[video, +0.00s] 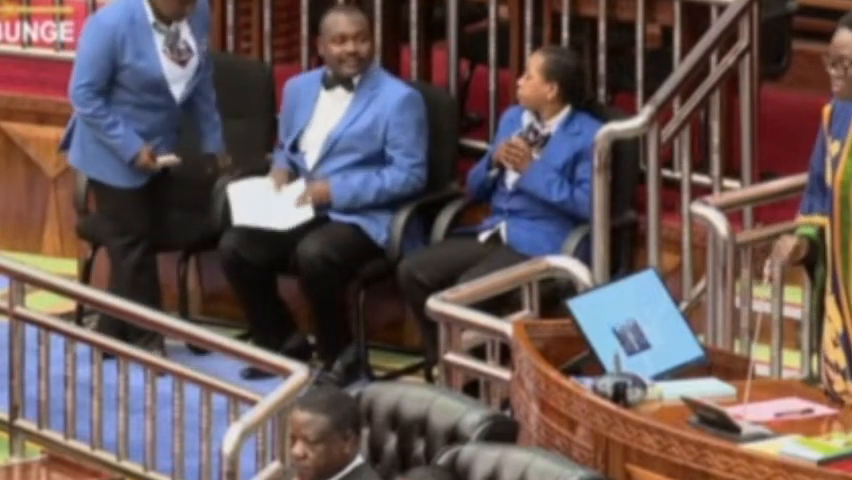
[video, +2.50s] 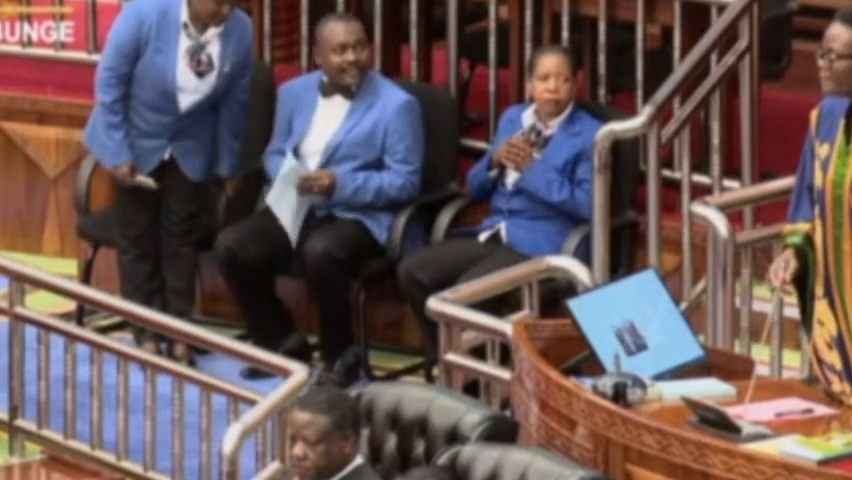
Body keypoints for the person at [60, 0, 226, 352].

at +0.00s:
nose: (185, 12)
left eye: (189, 7)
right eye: (179, 7)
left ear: (193, 3)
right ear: (158, 0)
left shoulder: (198, 15)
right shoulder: (111, 23)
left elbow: (202, 82)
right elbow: (84, 96)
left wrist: (214, 144)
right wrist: (133, 148)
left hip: (162, 150)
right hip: (112, 149)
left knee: (141, 244)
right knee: (134, 245)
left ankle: (112, 331)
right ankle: (147, 336)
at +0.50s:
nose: (202, 44)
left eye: (209, 36)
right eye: (195, 36)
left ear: (219, 23)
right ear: (172, 23)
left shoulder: (223, 41)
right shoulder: (123, 37)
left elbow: (224, 106)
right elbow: (89, 102)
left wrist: (224, 169)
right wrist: (121, 163)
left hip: (175, 147)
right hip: (118, 149)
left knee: (170, 241)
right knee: (124, 245)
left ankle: (175, 334)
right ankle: (142, 334)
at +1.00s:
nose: (205, 53)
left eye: (212, 44)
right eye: (196, 46)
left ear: (220, 33)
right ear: (173, 34)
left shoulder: (230, 46)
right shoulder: (127, 46)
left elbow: (233, 110)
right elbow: (99, 112)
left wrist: (227, 168)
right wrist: (130, 171)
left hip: (193, 154)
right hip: (138, 154)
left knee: (181, 243)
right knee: (138, 244)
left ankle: (178, 333)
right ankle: (145, 334)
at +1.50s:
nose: (210, 38)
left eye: (214, 29)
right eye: (202, 31)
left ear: (221, 19)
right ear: (175, 18)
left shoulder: (235, 38)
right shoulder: (130, 32)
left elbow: (238, 109)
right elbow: (104, 101)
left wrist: (231, 169)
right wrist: (125, 162)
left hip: (201, 144)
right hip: (146, 143)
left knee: (188, 238)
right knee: (146, 237)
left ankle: (182, 332)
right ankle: (148, 331)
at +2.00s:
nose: (206, 15)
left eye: (213, 10)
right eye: (199, 8)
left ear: (222, 7)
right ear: (180, 1)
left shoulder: (238, 31)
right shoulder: (135, 15)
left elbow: (236, 104)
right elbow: (104, 82)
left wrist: (229, 165)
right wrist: (110, 150)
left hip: (197, 141)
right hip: (141, 137)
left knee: (184, 236)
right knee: (141, 236)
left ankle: (181, 331)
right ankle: (146, 329)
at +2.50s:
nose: (226, 13)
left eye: (230, 7)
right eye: (220, 5)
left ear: (232, 7)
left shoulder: (240, 29)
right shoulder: (144, 14)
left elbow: (236, 101)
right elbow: (110, 80)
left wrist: (227, 162)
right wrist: (117, 152)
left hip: (194, 141)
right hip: (139, 139)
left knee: (183, 236)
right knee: (138, 237)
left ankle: (180, 331)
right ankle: (144, 331)